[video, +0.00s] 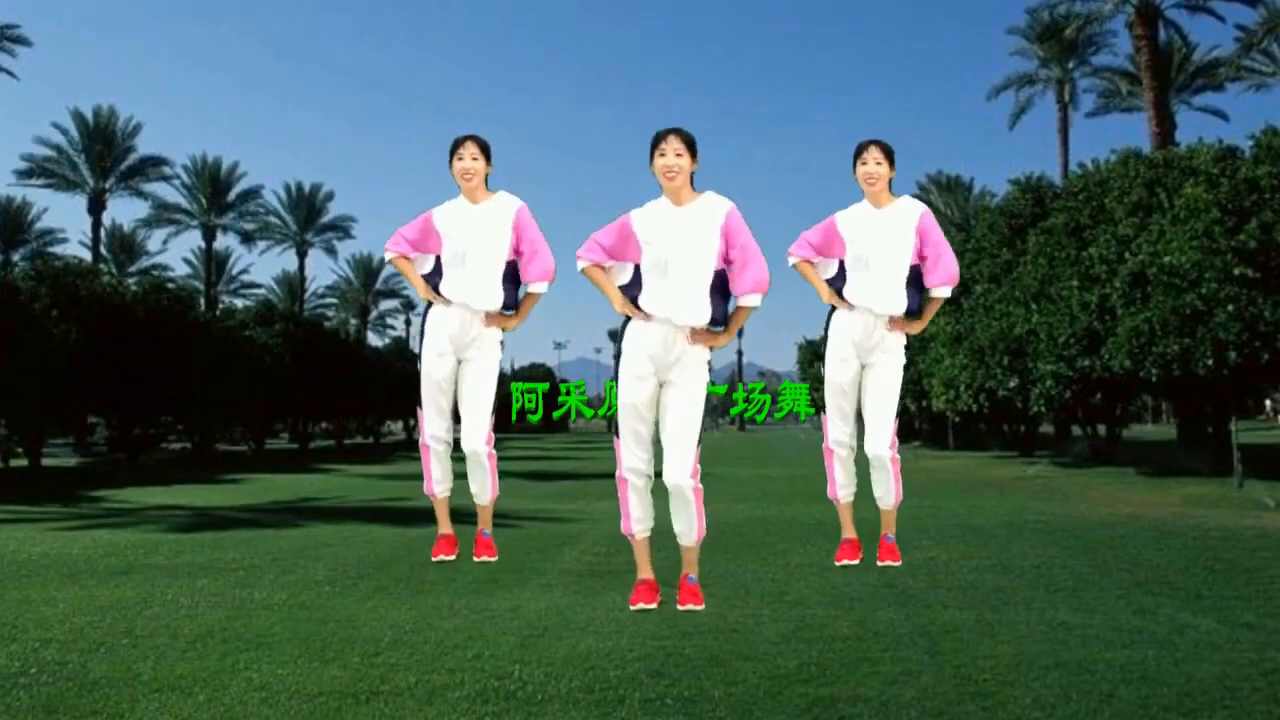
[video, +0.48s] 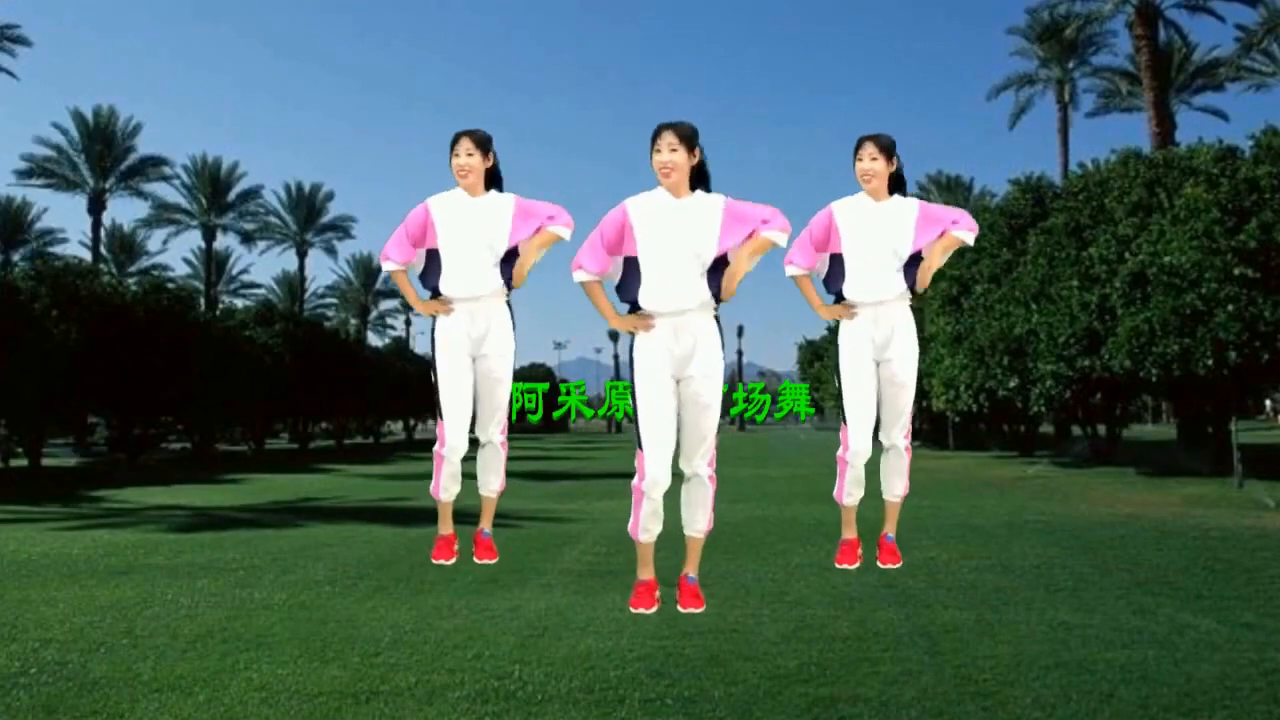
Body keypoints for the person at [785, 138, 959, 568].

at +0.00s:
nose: (870, 169)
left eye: (878, 162)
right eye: (863, 163)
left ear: (891, 171)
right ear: (855, 173)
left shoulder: (914, 214)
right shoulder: (845, 219)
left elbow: (946, 271)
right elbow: (799, 253)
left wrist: (920, 322)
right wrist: (828, 295)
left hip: (889, 331)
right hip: (845, 326)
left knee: (880, 438)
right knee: (838, 434)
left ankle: (888, 537)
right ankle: (848, 535)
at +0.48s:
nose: (866, 165)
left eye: (874, 159)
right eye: (861, 159)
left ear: (891, 165)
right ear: (854, 167)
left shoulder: (911, 209)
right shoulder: (837, 212)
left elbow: (965, 224)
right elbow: (795, 260)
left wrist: (934, 258)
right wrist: (822, 307)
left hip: (898, 321)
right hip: (854, 323)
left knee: (896, 435)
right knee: (857, 437)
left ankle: (888, 535)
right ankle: (848, 535)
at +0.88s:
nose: (874, 186)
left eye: (882, 179)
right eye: (870, 179)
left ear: (903, 185)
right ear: (865, 186)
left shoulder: (912, 238)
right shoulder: (844, 225)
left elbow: (909, 295)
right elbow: (802, 276)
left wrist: (918, 238)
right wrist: (819, 325)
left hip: (899, 339)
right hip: (855, 340)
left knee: (900, 447)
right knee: (876, 444)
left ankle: (889, 537)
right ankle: (861, 507)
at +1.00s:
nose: (869, 165)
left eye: (878, 158)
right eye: (866, 159)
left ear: (900, 166)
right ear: (862, 167)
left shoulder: (913, 214)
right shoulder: (840, 208)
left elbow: (904, 254)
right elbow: (797, 253)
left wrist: (898, 196)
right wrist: (814, 301)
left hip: (890, 323)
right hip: (846, 323)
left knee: (891, 434)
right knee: (850, 431)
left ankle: (890, 534)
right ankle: (841, 501)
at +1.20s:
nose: (859, 171)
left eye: (867, 164)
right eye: (856, 164)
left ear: (887, 169)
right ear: (850, 170)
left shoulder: (905, 214)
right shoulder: (834, 213)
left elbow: (889, 249)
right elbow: (789, 251)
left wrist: (879, 193)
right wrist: (806, 295)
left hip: (875, 327)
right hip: (832, 322)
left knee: (872, 444)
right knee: (818, 434)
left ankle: (889, 534)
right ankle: (789, 524)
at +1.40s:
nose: (853, 164)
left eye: (861, 157)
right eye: (850, 157)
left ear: (881, 164)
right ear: (846, 165)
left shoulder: (901, 210)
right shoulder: (830, 211)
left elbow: (904, 243)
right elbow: (789, 247)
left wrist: (888, 187)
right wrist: (806, 293)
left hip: (872, 326)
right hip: (828, 322)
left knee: (871, 441)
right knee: (807, 429)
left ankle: (888, 532)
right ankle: (787, 524)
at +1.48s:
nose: (852, 144)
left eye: (862, 138)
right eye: (851, 138)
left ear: (882, 147)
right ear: (849, 146)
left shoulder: (899, 191)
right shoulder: (829, 191)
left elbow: (916, 220)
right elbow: (791, 228)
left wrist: (897, 166)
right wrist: (807, 274)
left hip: (875, 304)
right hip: (831, 300)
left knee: (879, 421)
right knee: (813, 414)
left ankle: (889, 526)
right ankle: (794, 504)